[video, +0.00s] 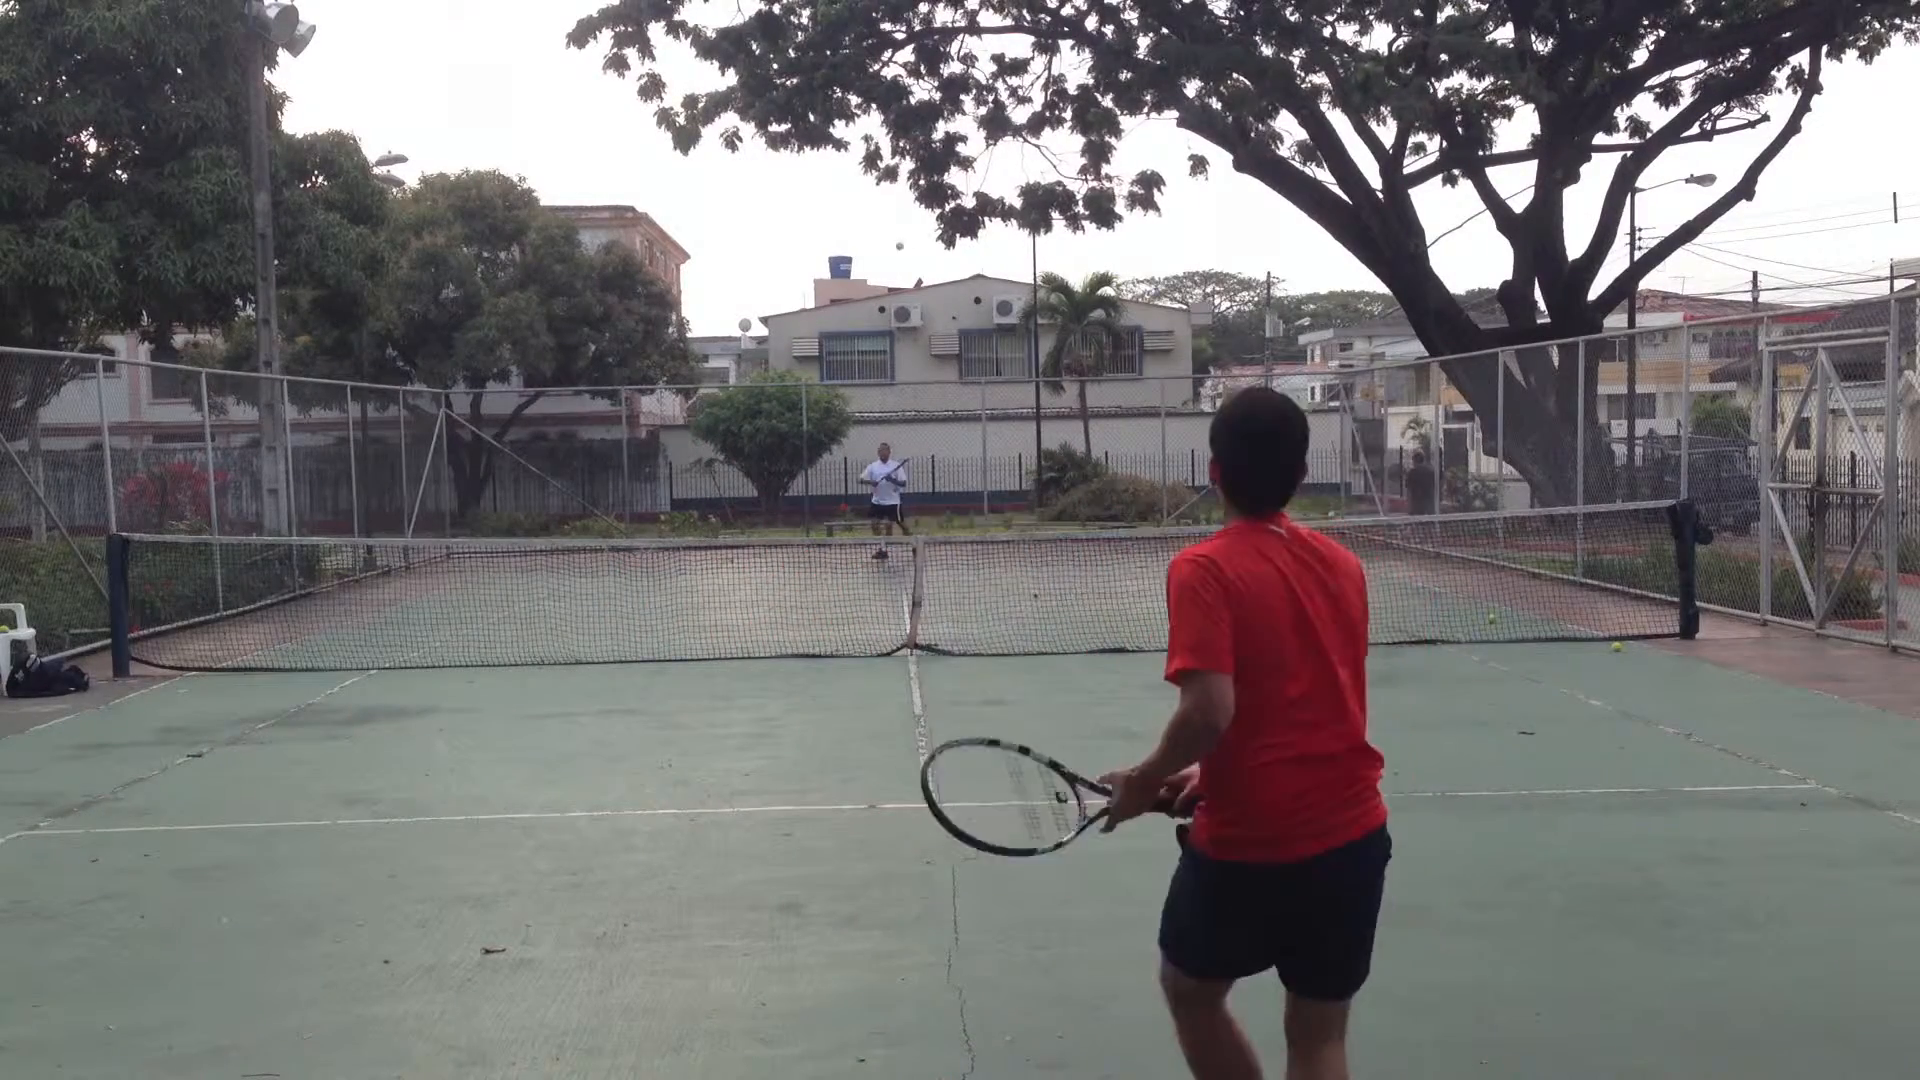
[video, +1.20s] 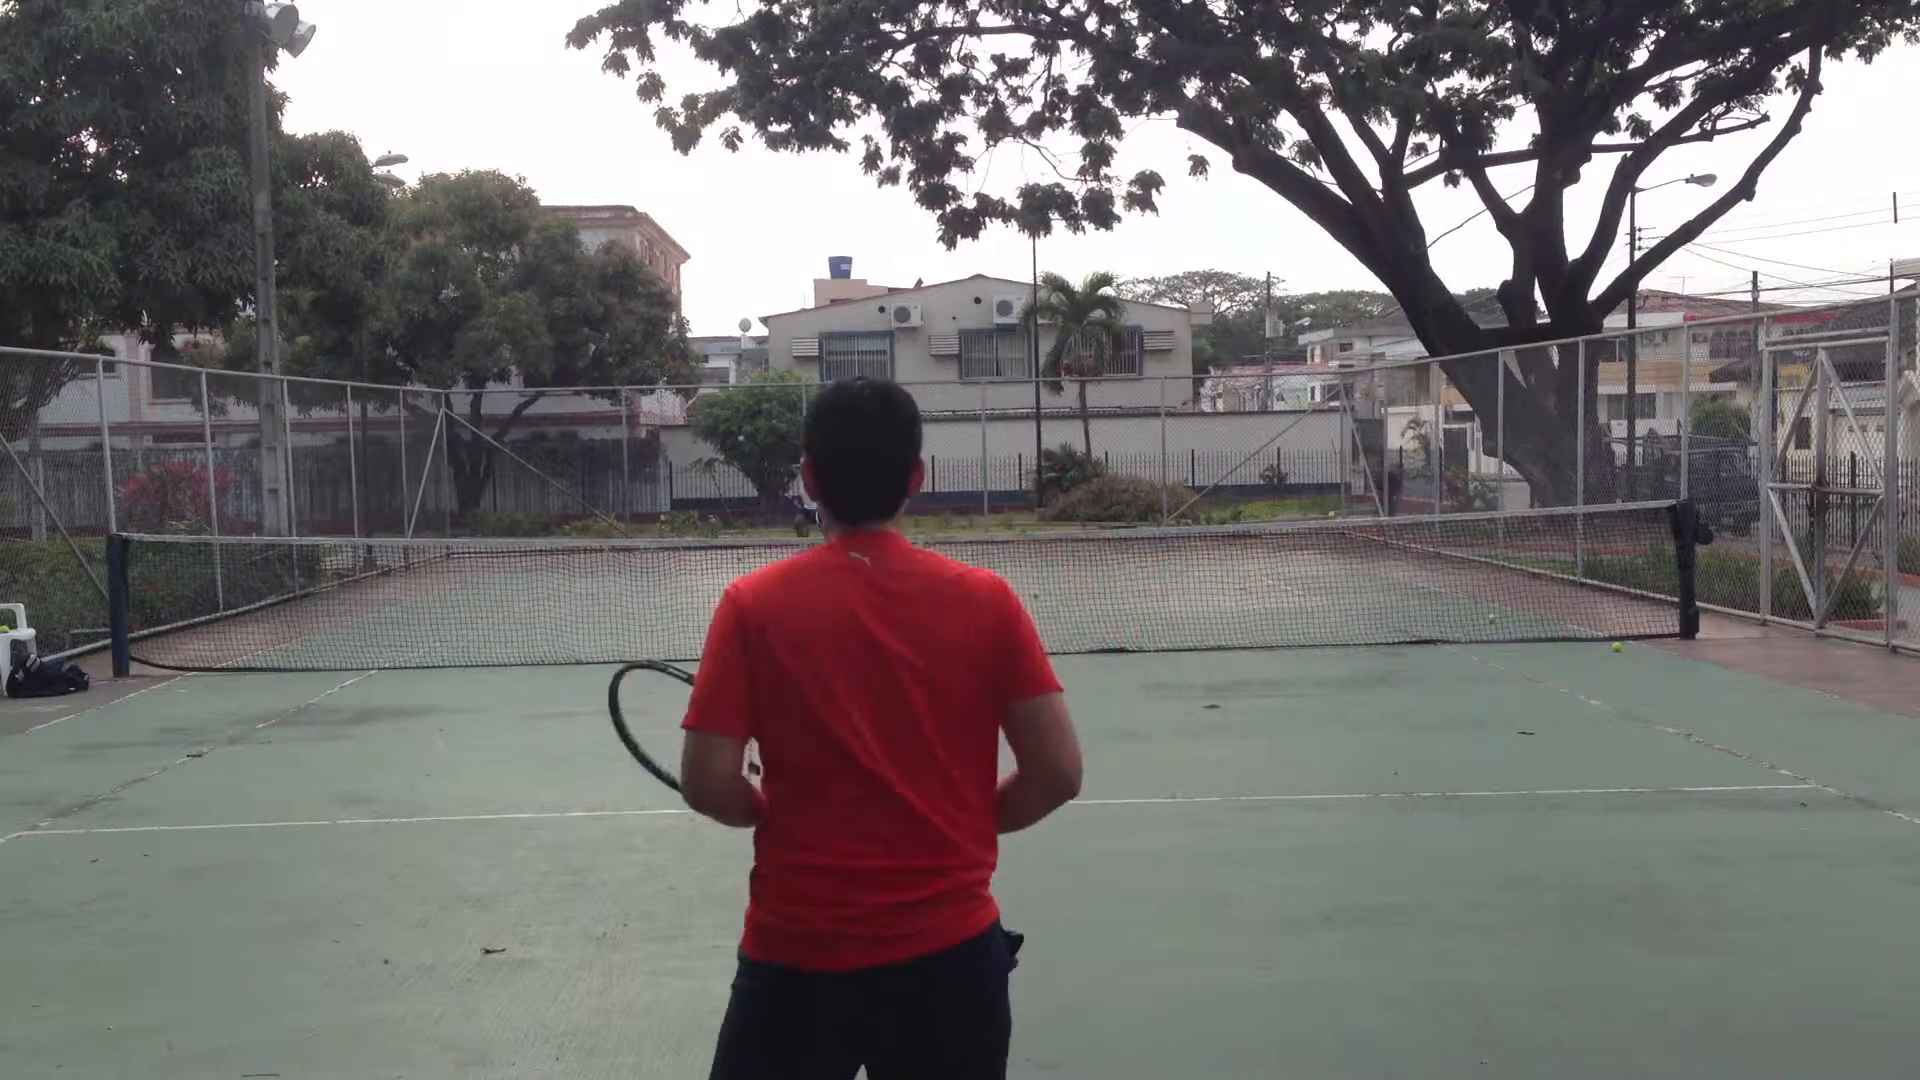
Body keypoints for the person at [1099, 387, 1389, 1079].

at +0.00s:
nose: (1211, 466)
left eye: (1212, 455)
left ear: (1216, 472)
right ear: (1300, 472)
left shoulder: (1203, 569)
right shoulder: (1341, 564)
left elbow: (1211, 708)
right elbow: (1319, 710)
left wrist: (1146, 777)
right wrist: (1211, 773)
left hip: (1243, 850)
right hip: (1350, 842)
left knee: (1194, 994)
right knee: (1321, 1030)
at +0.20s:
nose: (1164, 426)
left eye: (1165, 417)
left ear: (1172, 433)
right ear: (1258, 433)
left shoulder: (1153, 539)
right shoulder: (1316, 534)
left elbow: (1147, 686)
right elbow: (1343, 686)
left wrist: (1115, 729)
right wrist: (1252, 705)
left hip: (1178, 833)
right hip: (1293, 833)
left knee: (1101, 1010)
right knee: (1289, 1026)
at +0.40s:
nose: (1096, 443)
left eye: (1097, 433)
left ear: (1103, 450)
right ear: (1192, 447)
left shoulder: (1071, 564)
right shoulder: (1254, 556)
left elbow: (1037, 724)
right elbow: (1294, 714)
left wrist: (1079, 692)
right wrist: (1207, 729)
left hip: (1094, 867)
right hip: (1220, 863)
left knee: (1023, 1064)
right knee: (1257, 1054)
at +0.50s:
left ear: (1055, 466)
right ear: (1145, 466)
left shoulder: (1007, 580)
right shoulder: (1202, 581)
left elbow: (967, 741)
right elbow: (1244, 742)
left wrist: (1030, 724)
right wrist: (1154, 750)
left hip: (1032, 898)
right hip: (1165, 892)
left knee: (977, 1070)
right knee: (1225, 1065)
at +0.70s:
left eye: (965, 437)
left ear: (967, 454)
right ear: (1063, 456)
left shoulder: (908, 565)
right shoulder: (1114, 572)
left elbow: (852, 720)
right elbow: (1157, 742)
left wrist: (923, 727)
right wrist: (1072, 761)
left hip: (947, 899)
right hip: (1085, 892)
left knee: (929, 1071)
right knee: (1141, 1069)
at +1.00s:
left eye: (885, 431)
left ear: (889, 449)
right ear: (994, 447)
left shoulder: (851, 576)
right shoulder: (1062, 570)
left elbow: (807, 759)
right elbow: (1122, 741)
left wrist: (857, 758)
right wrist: (1030, 775)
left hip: (884, 919)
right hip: (1023, 918)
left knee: (816, 1069)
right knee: (1038, 1071)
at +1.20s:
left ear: (808, 479)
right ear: (917, 478)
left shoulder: (754, 605)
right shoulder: (984, 601)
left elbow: (708, 786)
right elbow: (1057, 771)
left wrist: (784, 807)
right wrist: (965, 817)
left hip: (796, 973)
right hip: (949, 970)